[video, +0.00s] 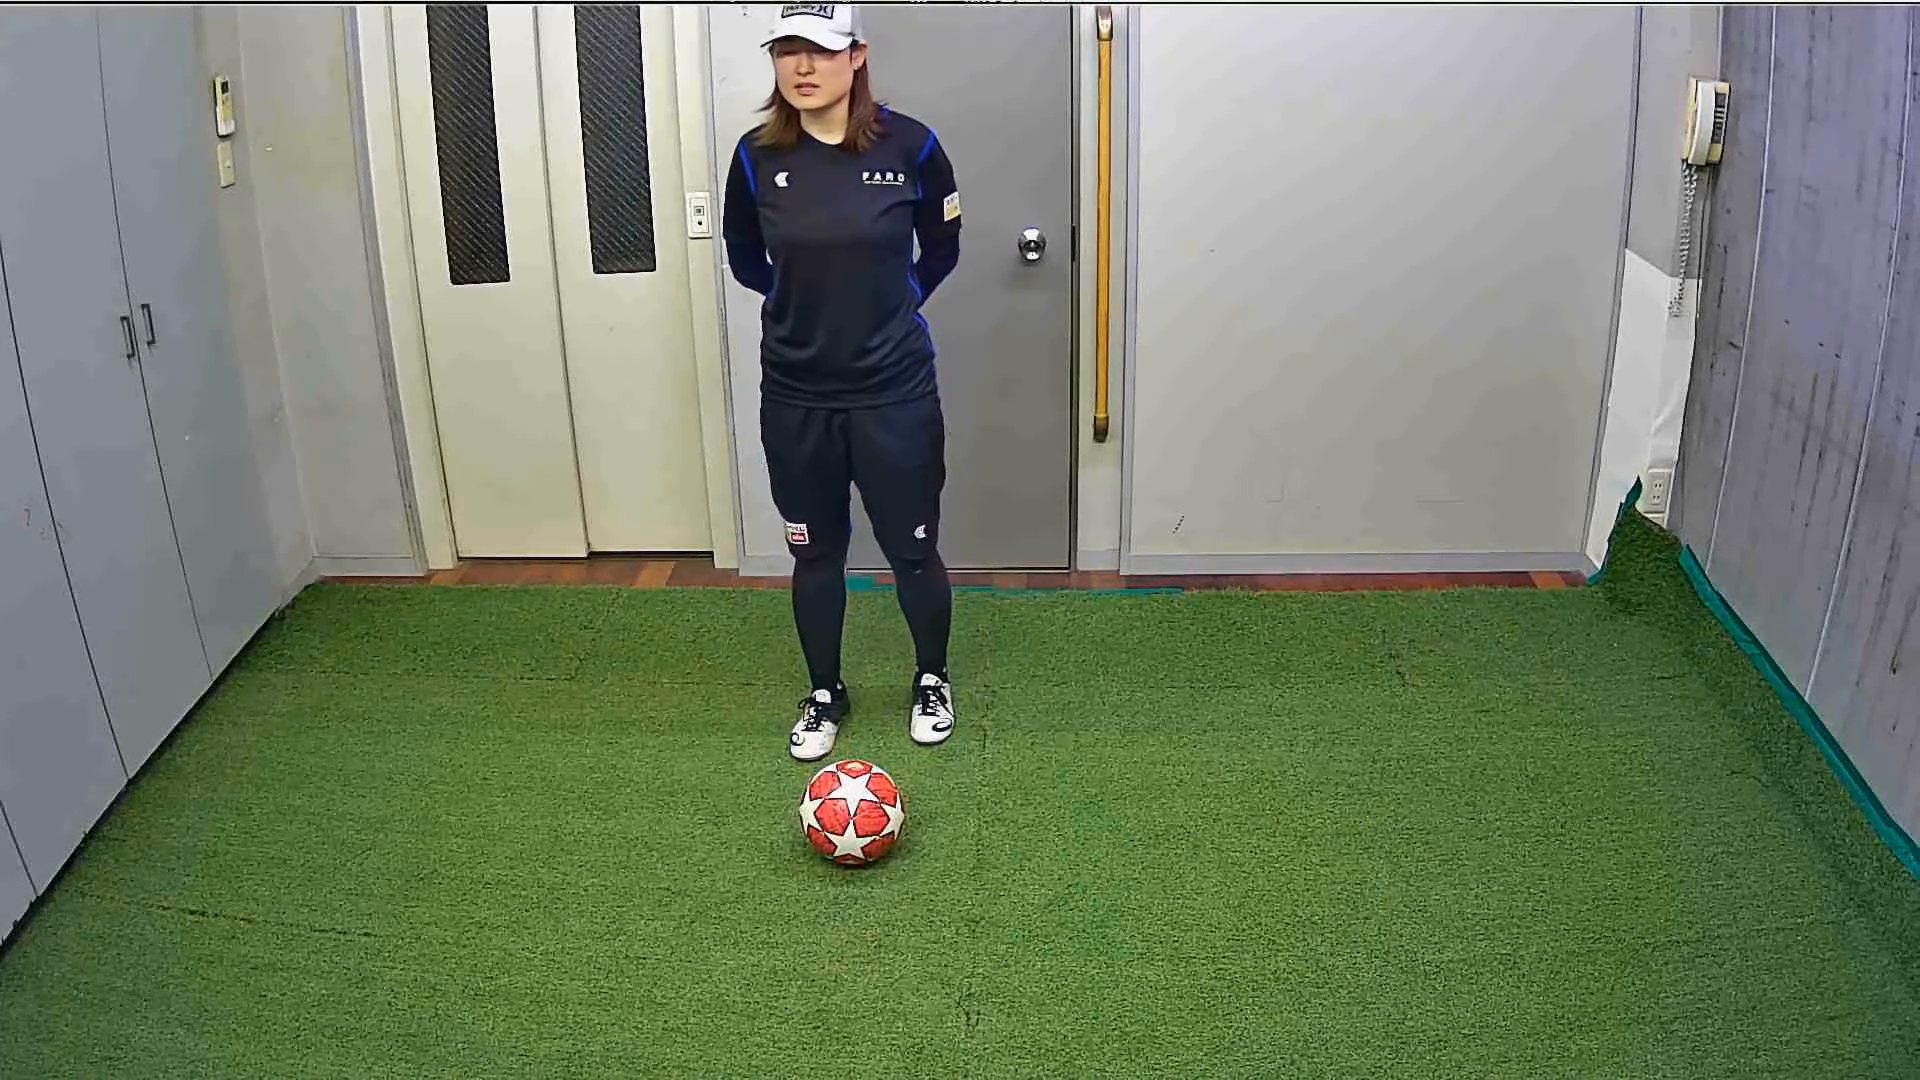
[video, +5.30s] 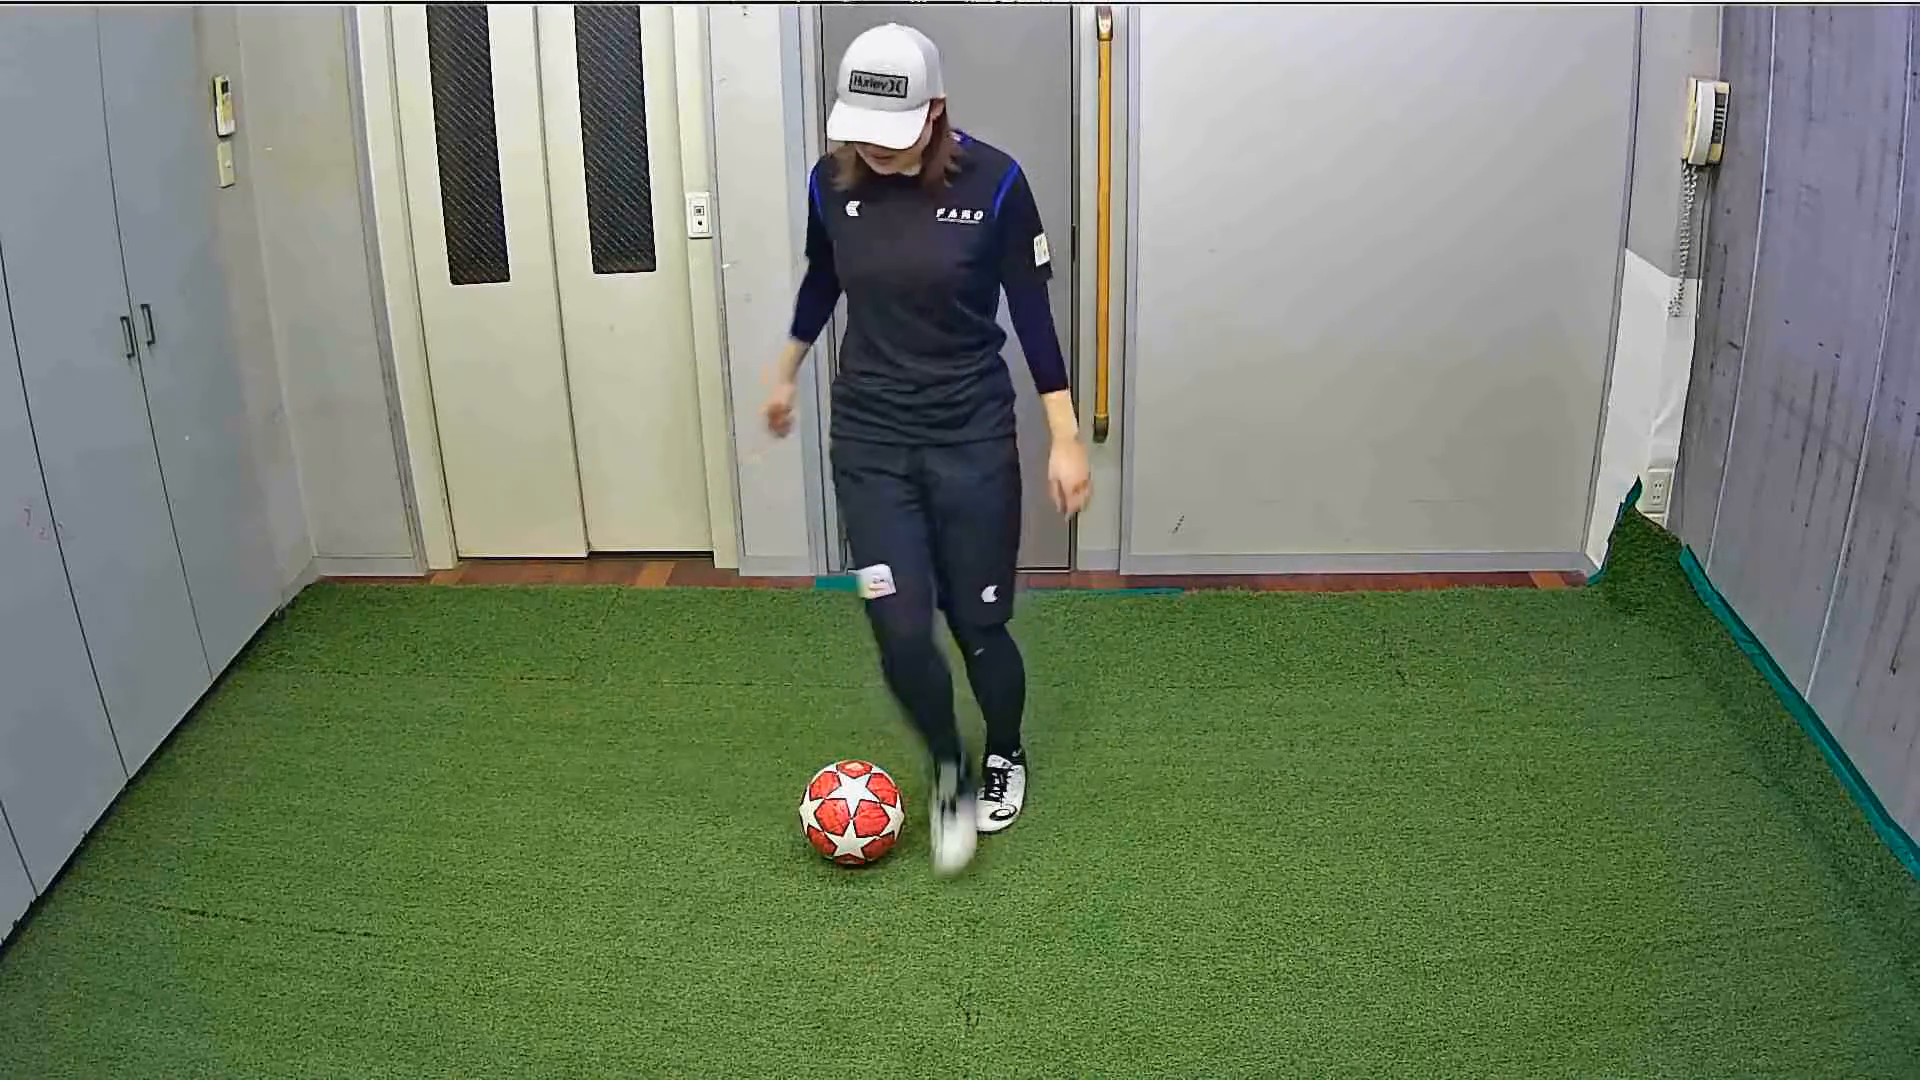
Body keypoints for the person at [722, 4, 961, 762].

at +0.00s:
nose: (801, 66)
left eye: (818, 51)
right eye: (789, 53)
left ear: (856, 60)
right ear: (775, 66)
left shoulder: (910, 146)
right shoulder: (755, 156)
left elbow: (943, 249)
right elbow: (743, 258)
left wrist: (887, 304)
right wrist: (805, 292)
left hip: (894, 388)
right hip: (795, 390)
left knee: (913, 551)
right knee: (812, 549)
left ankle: (931, 681)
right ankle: (825, 694)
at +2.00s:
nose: (799, 65)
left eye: (814, 50)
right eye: (787, 53)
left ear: (852, 56)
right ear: (775, 65)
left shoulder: (913, 141)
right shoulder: (762, 157)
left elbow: (948, 246)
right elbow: (754, 260)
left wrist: (892, 305)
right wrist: (816, 296)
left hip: (901, 382)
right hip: (805, 387)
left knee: (925, 537)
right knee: (815, 543)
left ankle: (955, 655)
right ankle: (825, 693)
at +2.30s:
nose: (865, 61)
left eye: (881, 47)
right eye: (852, 48)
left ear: (916, 56)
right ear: (836, 62)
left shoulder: (969, 144)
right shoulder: (820, 149)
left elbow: (994, 238)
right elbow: (806, 252)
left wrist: (994, 318)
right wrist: (865, 281)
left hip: (945, 375)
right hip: (850, 377)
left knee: (949, 529)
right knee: (840, 536)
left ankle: (956, 661)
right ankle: (825, 695)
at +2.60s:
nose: (909, 62)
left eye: (925, 49)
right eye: (896, 48)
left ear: (957, 57)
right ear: (878, 59)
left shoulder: (1004, 138)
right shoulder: (855, 140)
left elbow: (1042, 257)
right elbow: (834, 238)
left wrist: (1024, 240)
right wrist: (886, 278)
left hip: (969, 363)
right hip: (875, 363)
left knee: (966, 522)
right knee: (856, 524)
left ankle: (957, 660)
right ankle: (840, 687)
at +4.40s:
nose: (891, 67)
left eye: (908, 54)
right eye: (881, 53)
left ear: (945, 57)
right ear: (868, 59)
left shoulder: (996, 138)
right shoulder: (844, 139)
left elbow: (1019, 255)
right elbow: (823, 240)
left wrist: (1020, 363)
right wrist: (815, 343)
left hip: (962, 365)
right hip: (866, 362)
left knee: (960, 523)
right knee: (869, 521)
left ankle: (958, 660)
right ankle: (886, 654)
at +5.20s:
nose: (874, 134)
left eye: (891, 118)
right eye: (860, 118)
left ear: (930, 106)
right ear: (842, 108)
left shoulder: (993, 177)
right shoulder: (829, 185)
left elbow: (1028, 296)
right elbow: (807, 284)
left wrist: (1062, 413)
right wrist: (757, 394)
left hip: (980, 415)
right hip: (876, 423)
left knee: (988, 604)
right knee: (905, 614)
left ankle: (1007, 757)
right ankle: (917, 687)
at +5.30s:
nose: (878, 143)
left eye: (896, 127)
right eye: (864, 128)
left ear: (934, 108)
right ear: (844, 113)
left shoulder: (995, 181)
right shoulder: (832, 178)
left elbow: (1031, 310)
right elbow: (823, 273)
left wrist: (1065, 433)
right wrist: (785, 369)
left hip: (972, 428)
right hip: (869, 430)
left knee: (979, 622)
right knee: (901, 632)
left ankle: (1003, 760)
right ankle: (948, 769)